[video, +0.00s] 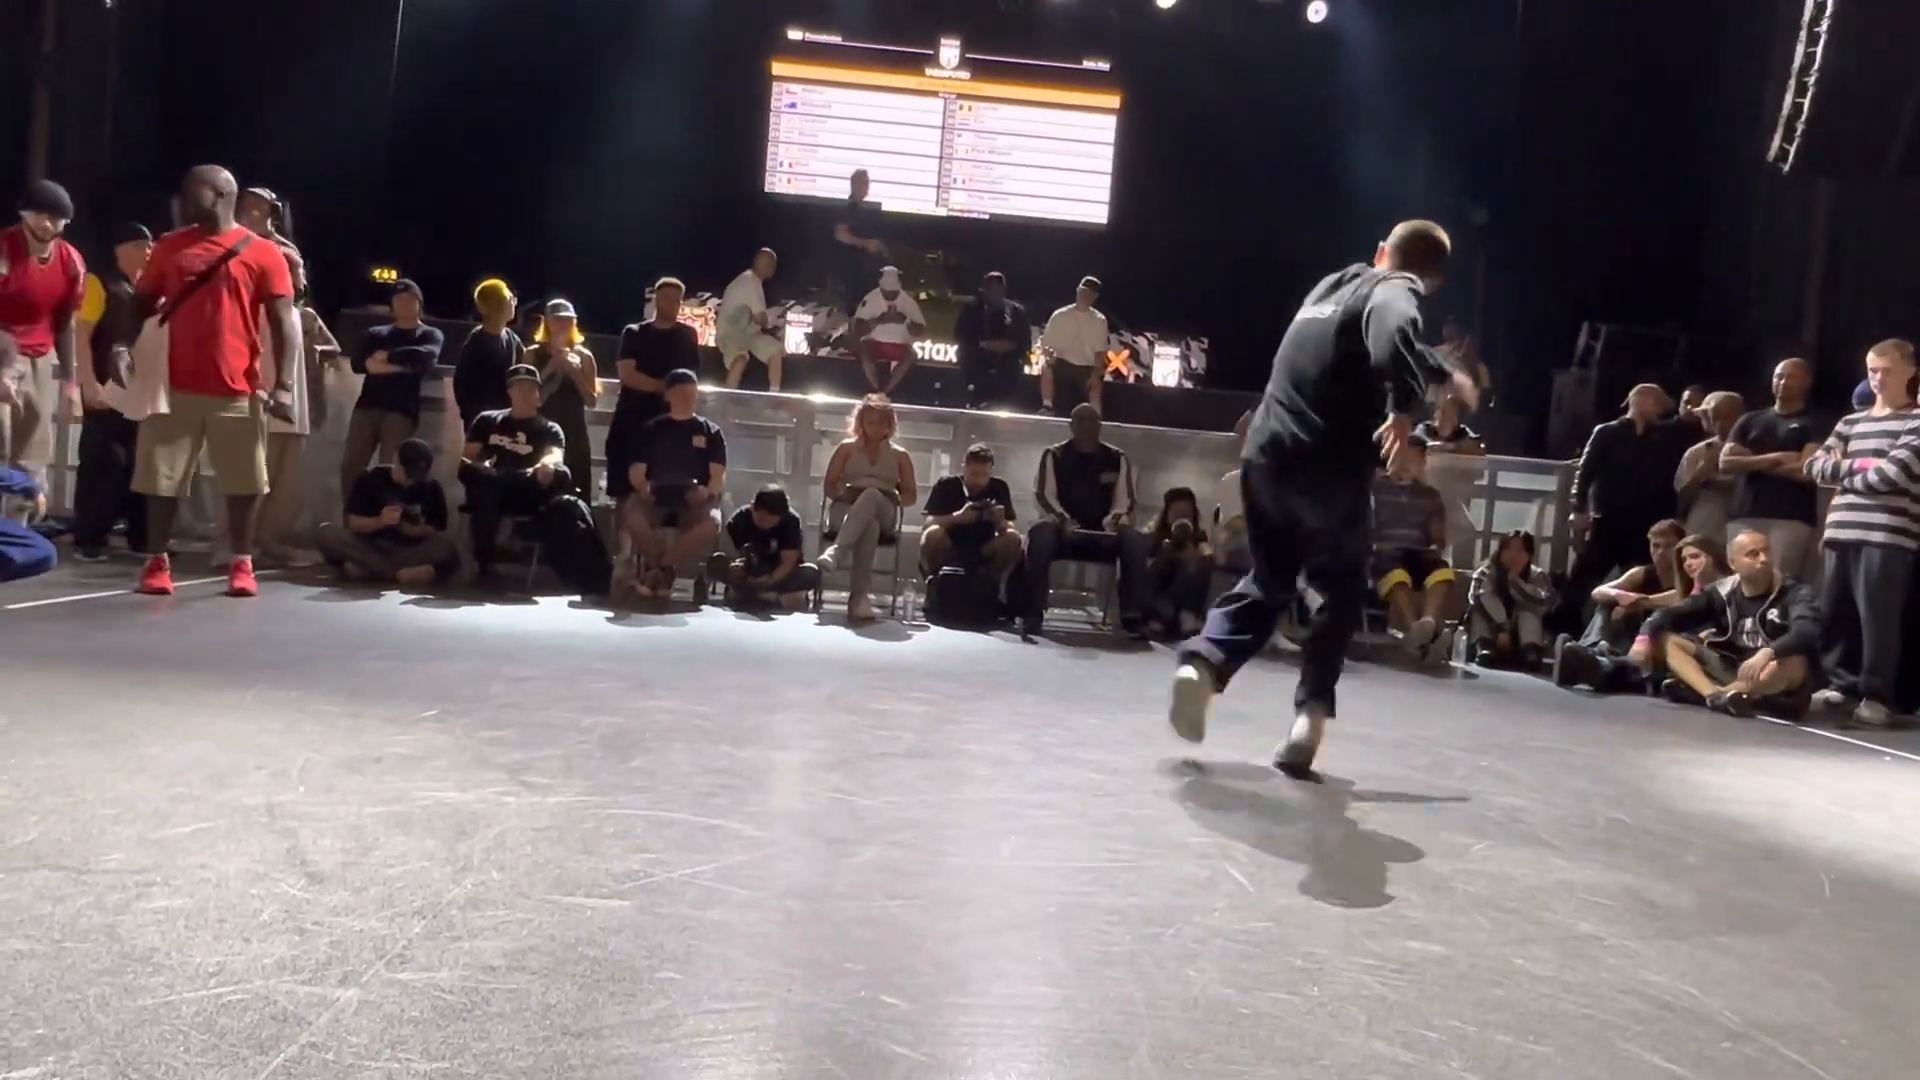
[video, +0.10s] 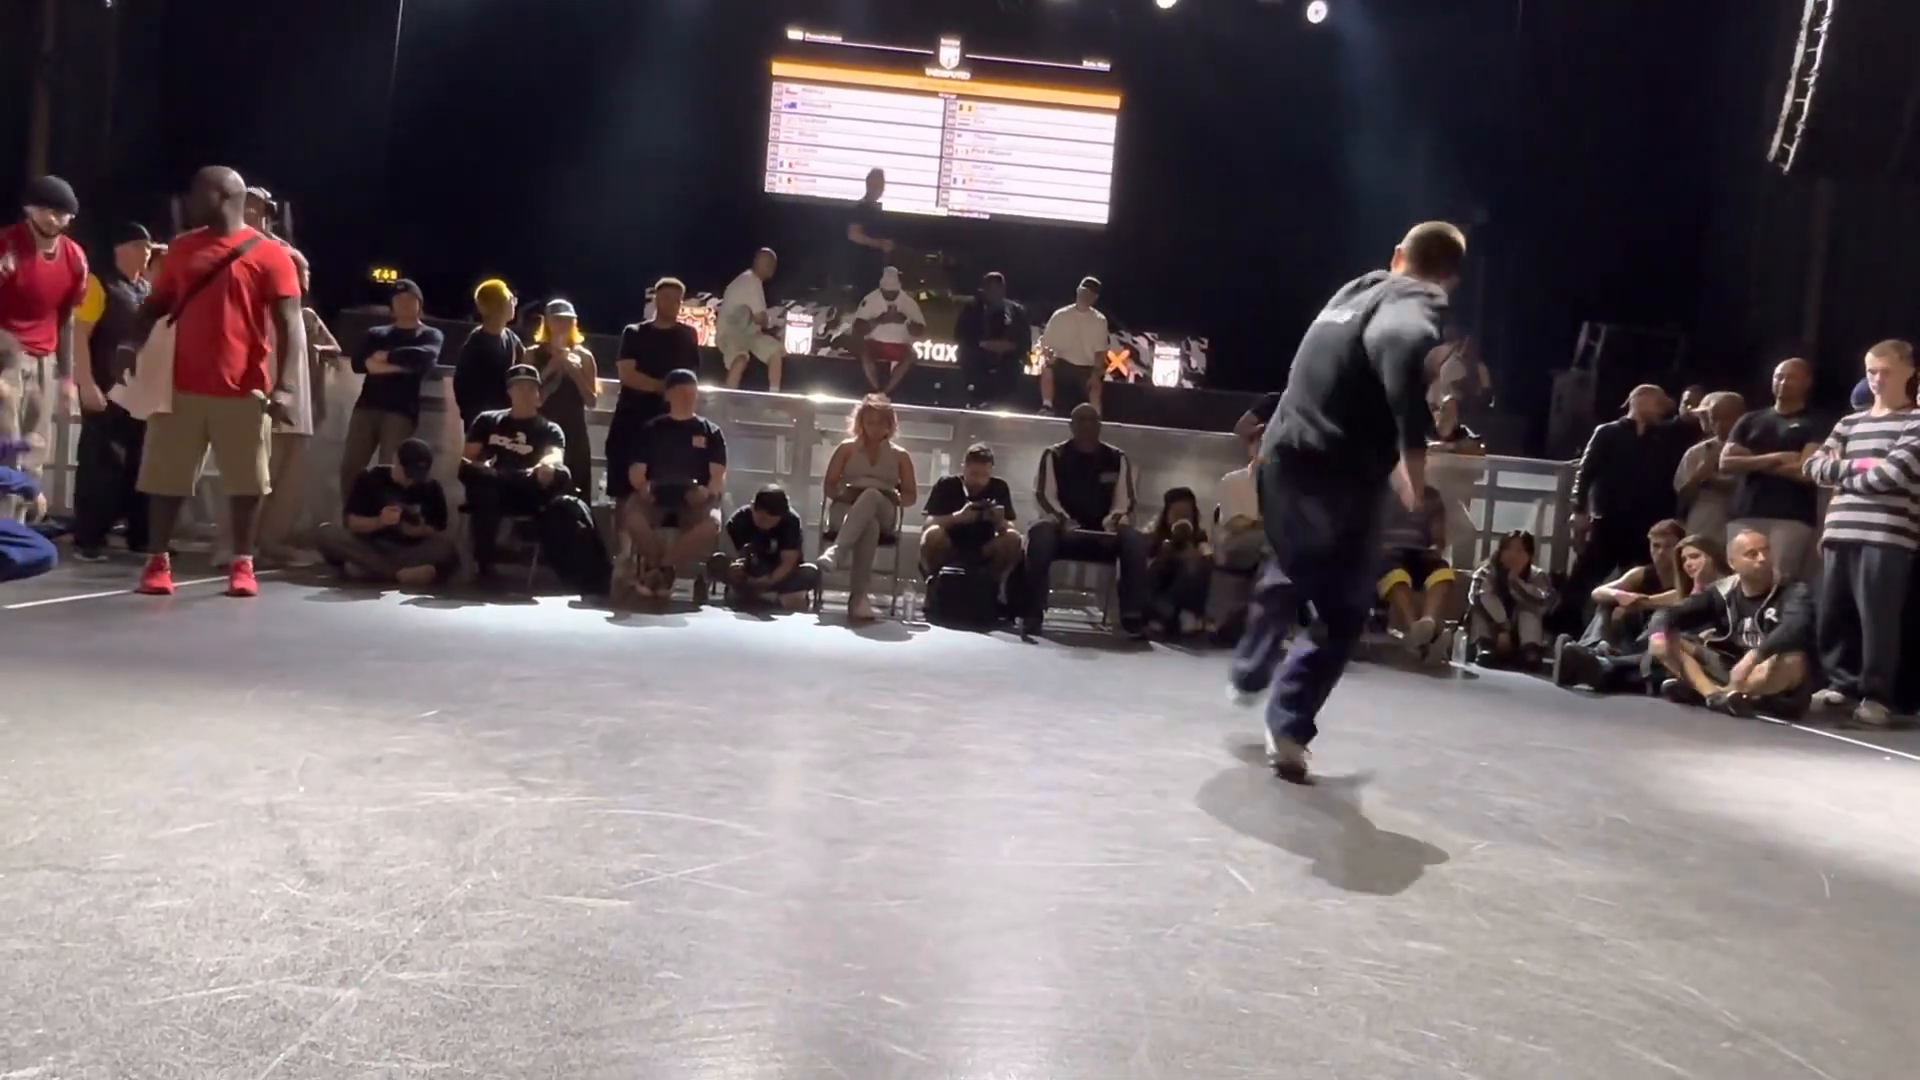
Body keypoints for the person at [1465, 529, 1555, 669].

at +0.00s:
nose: (1512, 556)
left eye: (1519, 551)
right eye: (1507, 549)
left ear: (1528, 557)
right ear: (1500, 552)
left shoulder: (1537, 575)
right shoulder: (1486, 572)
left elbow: (1543, 600)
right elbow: (1480, 597)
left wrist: (1515, 581)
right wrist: (1502, 627)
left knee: (1528, 609)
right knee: (1480, 607)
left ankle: (1531, 650)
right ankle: (1484, 647)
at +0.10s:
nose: (1512, 556)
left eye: (1519, 551)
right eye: (1507, 549)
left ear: (1529, 557)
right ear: (1500, 552)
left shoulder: (1537, 576)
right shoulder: (1486, 572)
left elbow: (1542, 600)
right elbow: (1480, 597)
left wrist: (1515, 581)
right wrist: (1502, 627)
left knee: (1528, 609)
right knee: (1480, 607)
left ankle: (1531, 650)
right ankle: (1484, 647)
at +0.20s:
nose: (1512, 556)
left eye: (1519, 551)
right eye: (1507, 549)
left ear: (1529, 557)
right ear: (1500, 552)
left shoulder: (1537, 576)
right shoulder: (1485, 573)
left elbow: (1541, 600)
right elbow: (1481, 597)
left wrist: (1515, 581)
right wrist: (1502, 627)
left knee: (1528, 609)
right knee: (1480, 607)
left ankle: (1531, 649)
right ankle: (1483, 647)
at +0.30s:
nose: (1512, 556)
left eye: (1519, 551)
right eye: (1507, 549)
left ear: (1528, 557)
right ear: (1499, 553)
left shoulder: (1537, 576)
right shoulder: (1485, 573)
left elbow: (1541, 601)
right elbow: (1481, 597)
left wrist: (1514, 581)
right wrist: (1502, 628)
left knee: (1528, 610)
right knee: (1480, 607)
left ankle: (1530, 648)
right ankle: (1483, 646)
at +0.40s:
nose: (1511, 556)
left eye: (1518, 551)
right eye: (1506, 549)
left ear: (1528, 556)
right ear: (1499, 552)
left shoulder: (1537, 576)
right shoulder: (1484, 572)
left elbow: (1540, 601)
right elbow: (1479, 597)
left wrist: (1514, 581)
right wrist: (1501, 628)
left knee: (1527, 607)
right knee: (1480, 605)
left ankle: (1529, 648)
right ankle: (1482, 646)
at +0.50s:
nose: (1511, 556)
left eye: (1518, 551)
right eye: (1506, 550)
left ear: (1528, 557)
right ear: (1499, 553)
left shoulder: (1536, 576)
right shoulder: (1484, 573)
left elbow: (1540, 600)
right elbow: (1478, 597)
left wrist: (1513, 581)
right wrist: (1500, 628)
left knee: (1527, 609)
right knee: (1479, 607)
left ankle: (1529, 648)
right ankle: (1482, 646)